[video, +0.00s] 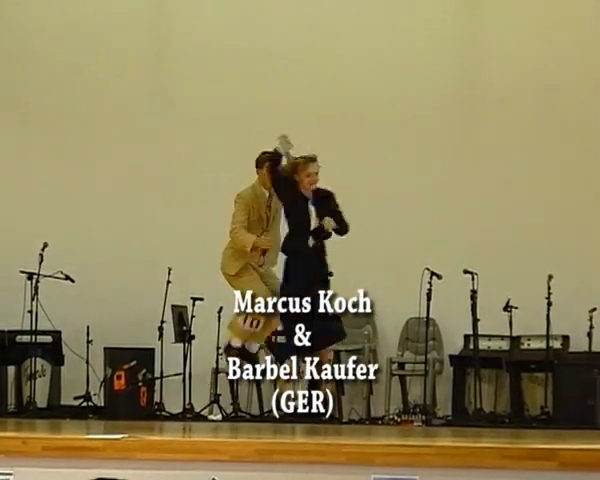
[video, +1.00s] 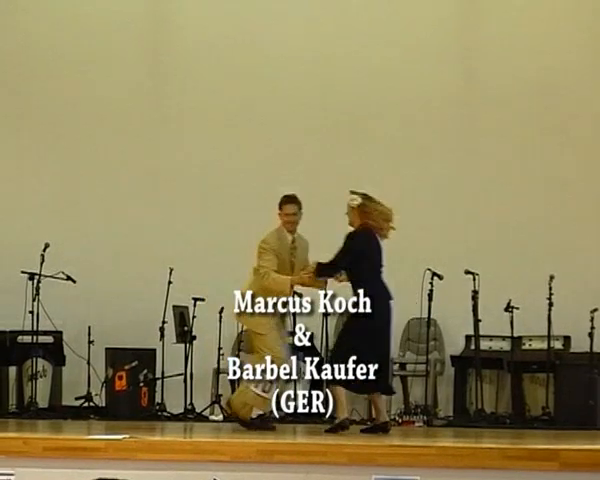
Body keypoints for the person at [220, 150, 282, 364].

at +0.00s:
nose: (274, 176)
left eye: (276, 171)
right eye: (269, 171)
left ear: (278, 172)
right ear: (259, 171)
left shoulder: (276, 197)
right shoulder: (245, 197)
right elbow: (236, 232)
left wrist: (285, 155)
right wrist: (256, 241)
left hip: (260, 264)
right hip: (238, 264)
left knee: (282, 298)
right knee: (262, 299)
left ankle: (251, 347)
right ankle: (234, 345)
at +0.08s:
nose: (271, 179)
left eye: (273, 174)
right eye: (267, 174)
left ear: (276, 176)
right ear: (256, 175)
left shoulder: (273, 201)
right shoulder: (243, 202)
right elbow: (236, 237)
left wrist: (286, 168)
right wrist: (256, 242)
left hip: (259, 269)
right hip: (237, 269)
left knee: (278, 311)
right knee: (254, 312)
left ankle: (259, 360)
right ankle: (243, 365)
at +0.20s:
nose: (265, 202)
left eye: (267, 197)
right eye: (261, 197)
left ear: (270, 199)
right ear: (249, 198)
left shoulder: (273, 221)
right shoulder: (238, 224)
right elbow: (233, 261)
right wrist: (259, 262)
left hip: (264, 293)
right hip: (239, 293)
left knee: (273, 347)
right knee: (253, 346)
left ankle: (261, 408)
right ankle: (240, 408)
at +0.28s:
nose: (263, 221)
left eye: (266, 216)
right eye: (259, 216)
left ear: (269, 218)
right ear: (248, 218)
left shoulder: (272, 245)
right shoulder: (235, 246)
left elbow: (280, 280)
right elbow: (234, 281)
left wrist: (281, 273)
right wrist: (264, 277)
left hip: (264, 315)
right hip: (239, 316)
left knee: (274, 363)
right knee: (257, 360)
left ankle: (263, 413)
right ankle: (241, 413)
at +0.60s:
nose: (250, 213)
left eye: (255, 209)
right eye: (247, 209)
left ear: (264, 210)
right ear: (242, 209)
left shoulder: (269, 235)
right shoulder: (235, 233)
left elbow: (284, 263)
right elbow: (247, 265)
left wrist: (313, 267)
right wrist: (281, 273)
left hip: (240, 299)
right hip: (217, 298)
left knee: (242, 350)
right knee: (227, 350)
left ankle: (254, 407)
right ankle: (237, 408)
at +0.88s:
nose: (270, 218)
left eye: (275, 213)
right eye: (266, 213)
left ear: (281, 214)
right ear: (259, 213)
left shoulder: (281, 238)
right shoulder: (252, 237)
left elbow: (293, 266)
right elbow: (263, 269)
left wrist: (314, 268)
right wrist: (297, 271)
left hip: (251, 304)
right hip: (231, 302)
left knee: (257, 355)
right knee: (244, 352)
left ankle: (247, 409)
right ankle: (231, 407)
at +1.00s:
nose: (290, 219)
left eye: (294, 215)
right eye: (285, 215)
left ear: (300, 215)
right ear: (279, 215)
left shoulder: (302, 244)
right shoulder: (269, 242)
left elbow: (303, 275)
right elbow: (265, 278)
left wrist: (327, 280)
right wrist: (295, 282)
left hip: (278, 308)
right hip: (257, 307)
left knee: (275, 361)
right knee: (277, 358)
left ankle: (245, 407)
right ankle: (247, 407)